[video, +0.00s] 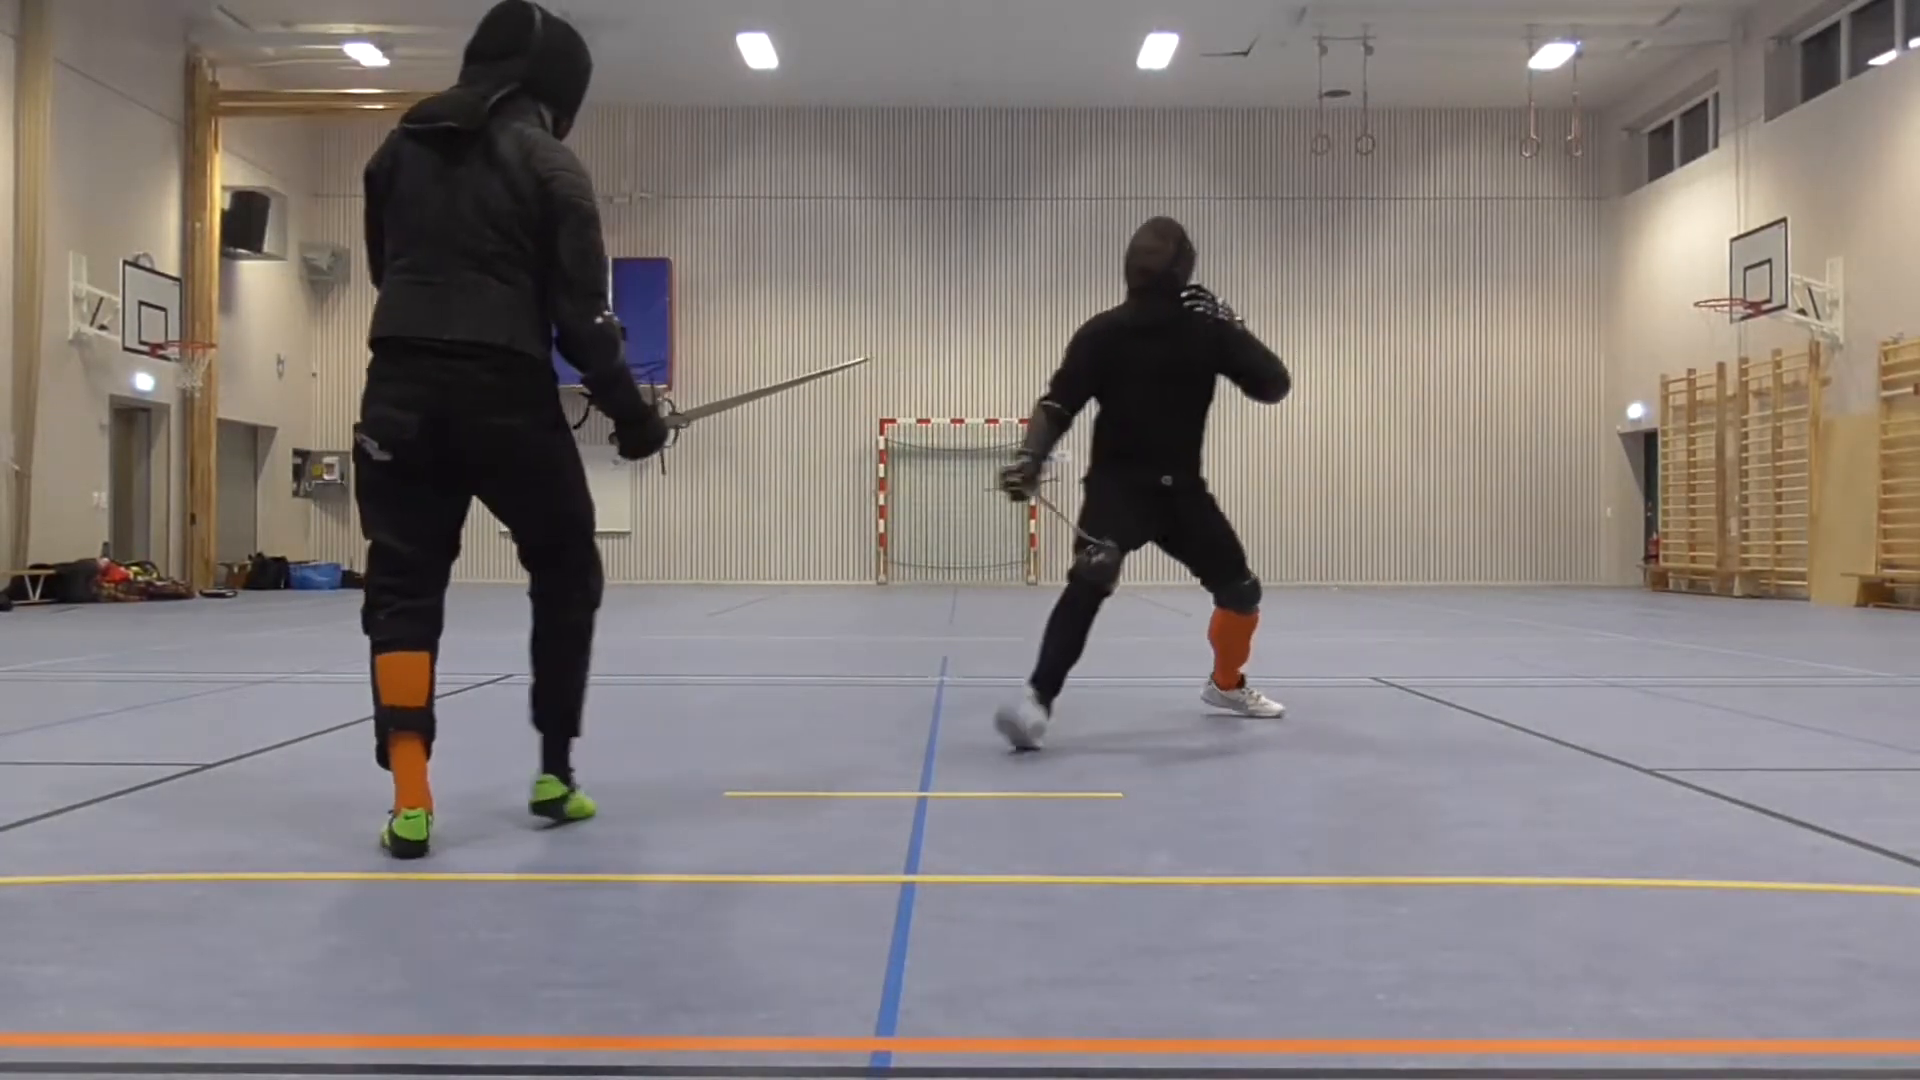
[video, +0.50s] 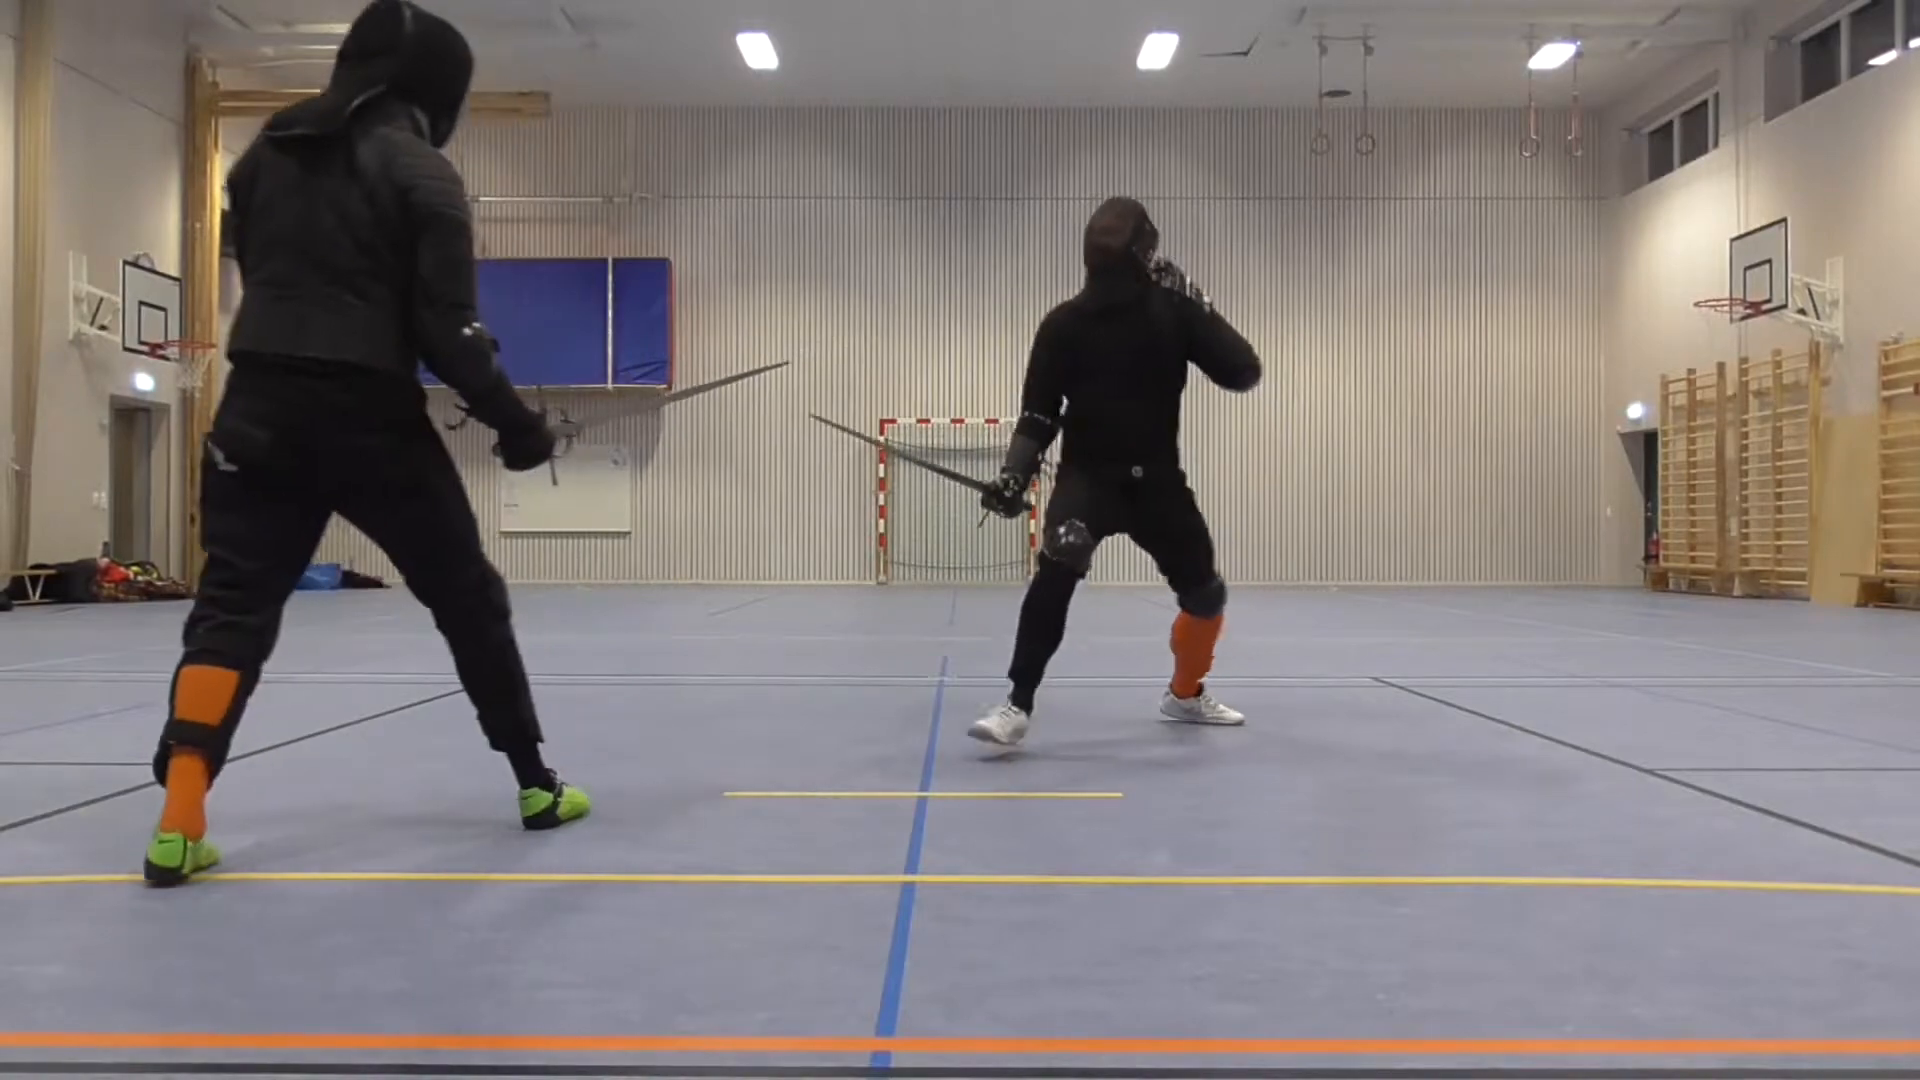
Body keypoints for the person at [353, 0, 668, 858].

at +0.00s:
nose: (571, 111)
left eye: (572, 97)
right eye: (570, 96)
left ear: (480, 68)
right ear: (550, 85)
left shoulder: (398, 152)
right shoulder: (551, 164)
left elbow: (386, 274)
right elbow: (580, 317)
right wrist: (631, 412)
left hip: (401, 395)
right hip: (508, 402)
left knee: (403, 585)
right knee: (565, 565)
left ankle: (409, 804)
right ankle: (553, 772)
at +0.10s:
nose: (564, 113)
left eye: (565, 99)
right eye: (562, 97)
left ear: (472, 70)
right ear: (543, 87)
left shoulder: (391, 154)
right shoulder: (544, 168)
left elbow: (380, 275)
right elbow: (575, 321)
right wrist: (626, 410)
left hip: (390, 392)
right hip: (498, 400)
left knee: (378, 579)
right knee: (549, 578)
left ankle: (398, 789)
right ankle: (548, 782)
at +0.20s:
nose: (550, 115)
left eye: (550, 100)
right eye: (548, 100)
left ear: (456, 77)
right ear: (527, 92)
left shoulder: (373, 160)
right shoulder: (528, 173)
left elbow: (366, 277)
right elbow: (564, 326)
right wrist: (624, 414)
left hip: (373, 401)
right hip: (484, 407)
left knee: (342, 577)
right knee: (552, 578)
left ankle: (324, 776)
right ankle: (548, 783)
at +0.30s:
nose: (522, 123)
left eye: (523, 109)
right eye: (520, 108)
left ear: (427, 82)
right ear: (499, 99)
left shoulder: (345, 169)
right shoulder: (500, 183)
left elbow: (339, 279)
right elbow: (537, 332)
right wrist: (598, 419)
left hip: (345, 412)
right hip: (452, 419)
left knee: (300, 592)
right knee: (539, 583)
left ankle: (215, 778)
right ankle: (545, 785)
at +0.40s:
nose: (492, 122)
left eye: (493, 108)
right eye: (490, 107)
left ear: (395, 84)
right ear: (465, 98)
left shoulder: (308, 172)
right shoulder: (460, 184)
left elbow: (308, 288)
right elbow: (493, 338)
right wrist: (555, 422)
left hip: (301, 419)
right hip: (411, 427)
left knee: (256, 604)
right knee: (511, 586)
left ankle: (187, 812)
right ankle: (542, 785)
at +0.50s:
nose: (454, 113)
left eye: (456, 97)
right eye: (453, 96)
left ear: (358, 73)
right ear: (427, 89)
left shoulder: (267, 154)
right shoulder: (423, 173)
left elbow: (248, 256)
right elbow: (447, 330)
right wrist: (520, 426)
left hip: (258, 410)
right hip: (372, 417)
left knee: (232, 604)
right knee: (467, 593)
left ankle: (179, 823)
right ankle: (534, 784)